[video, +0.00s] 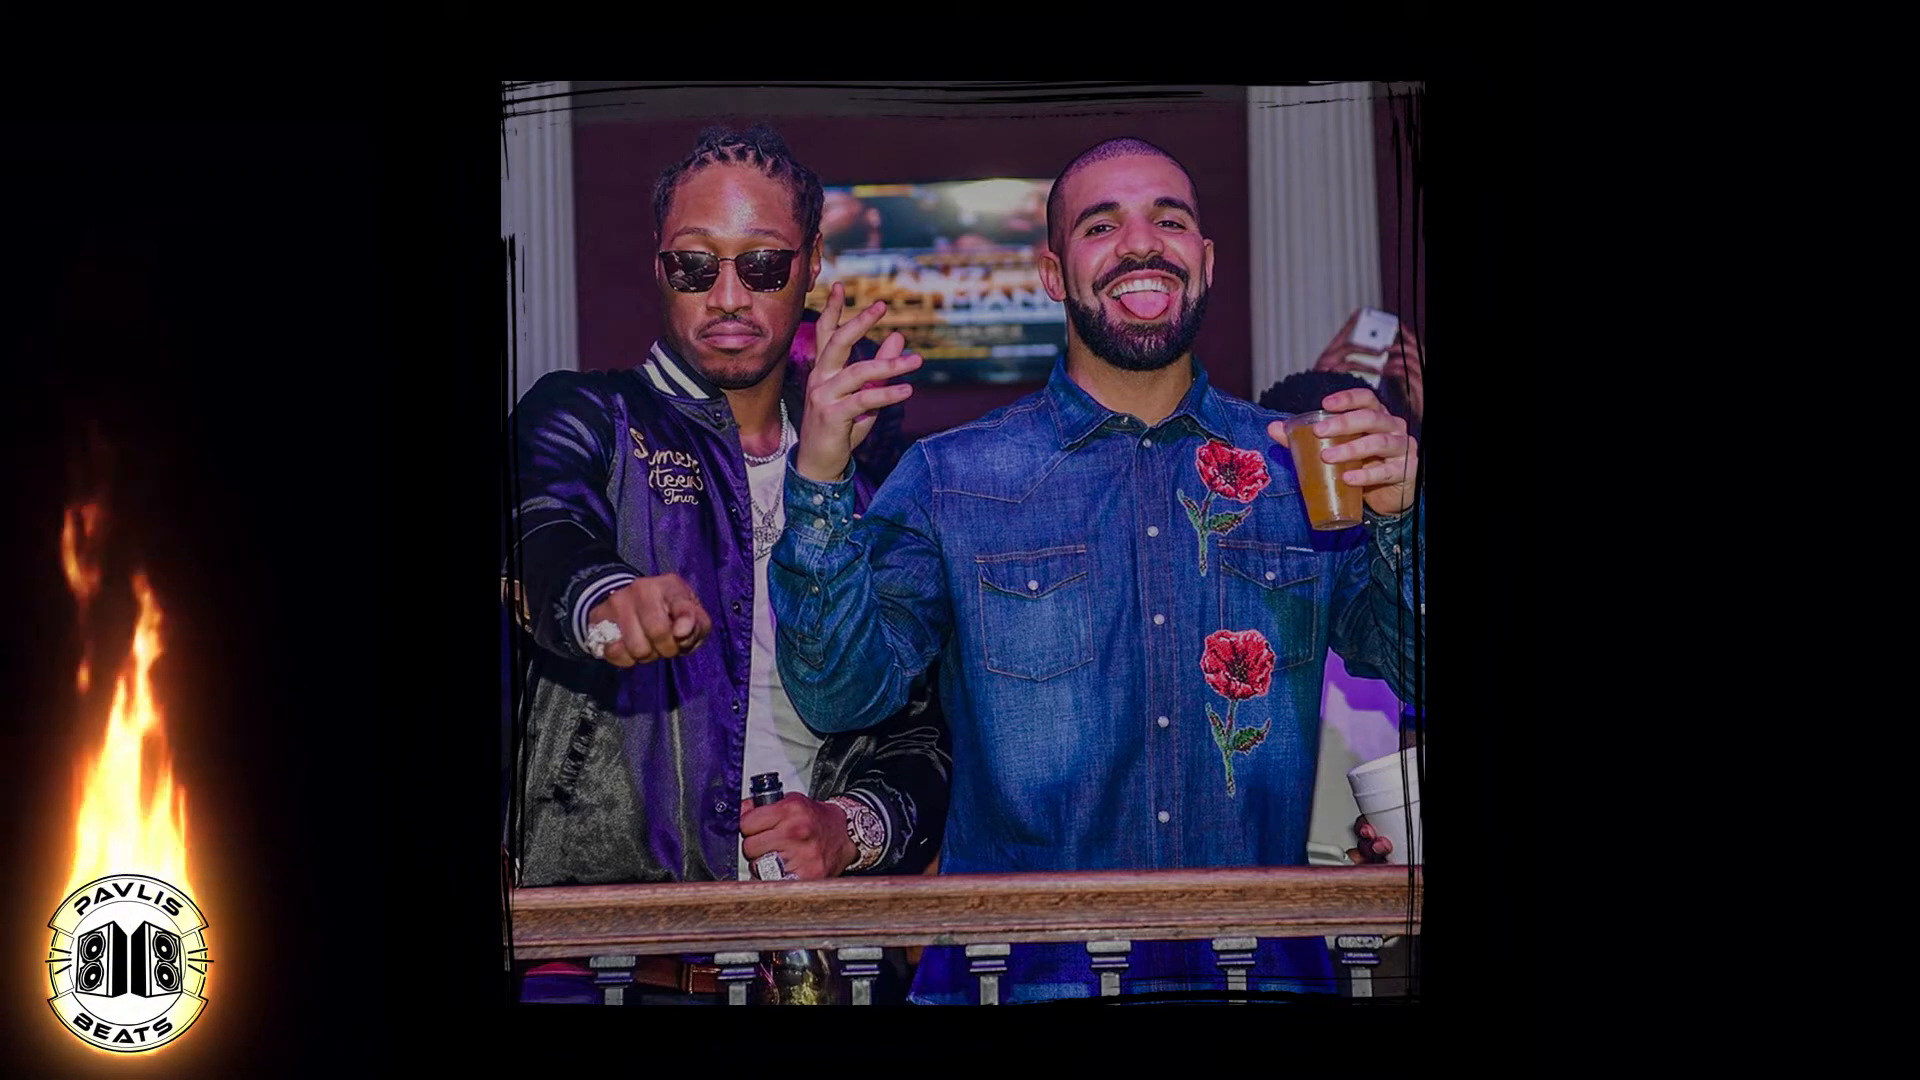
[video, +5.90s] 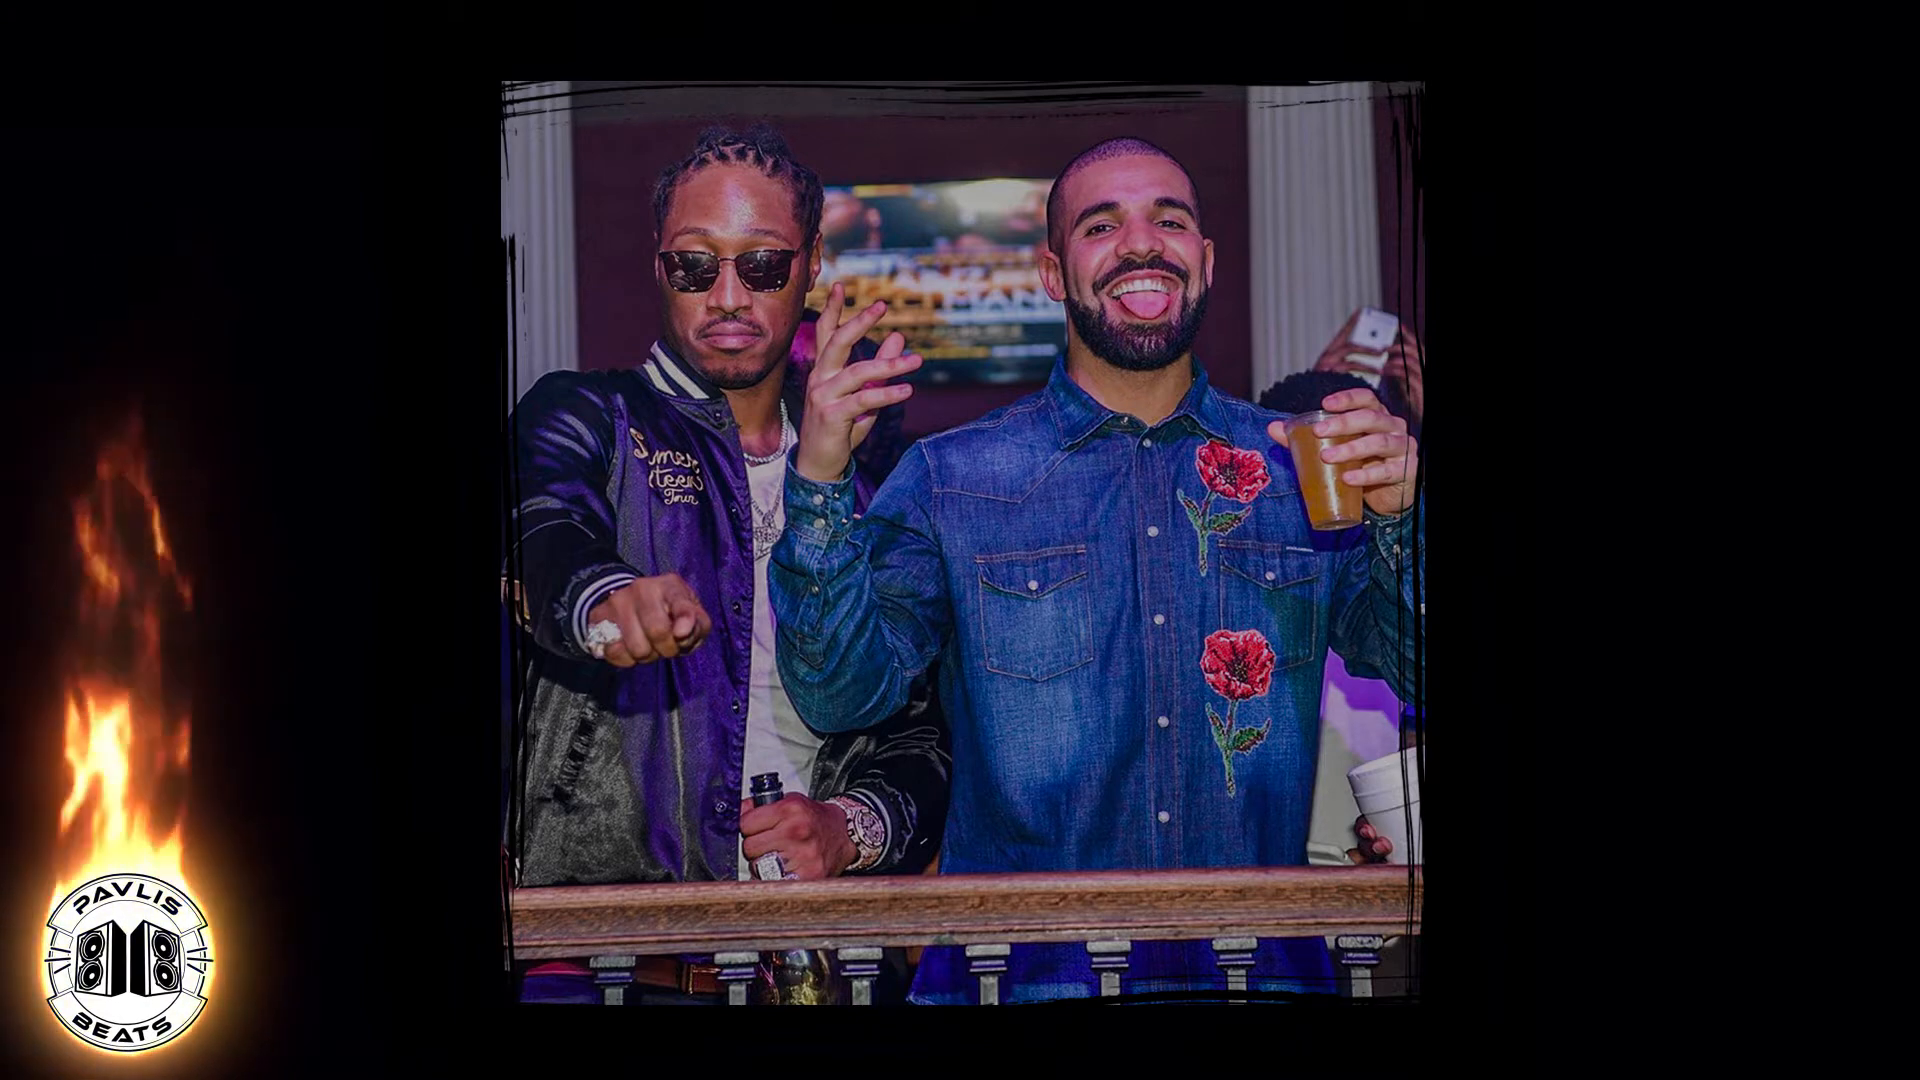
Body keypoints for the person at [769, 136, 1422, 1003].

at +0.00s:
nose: (1141, 243)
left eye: (1169, 219)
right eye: (1102, 225)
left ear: (1207, 258)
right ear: (1055, 272)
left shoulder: (1304, 469)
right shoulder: (945, 479)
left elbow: (1414, 674)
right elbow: (840, 692)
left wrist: (1402, 516)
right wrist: (819, 472)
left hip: (1255, 954)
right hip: (1021, 963)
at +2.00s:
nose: (1142, 242)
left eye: (1170, 219)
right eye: (1102, 225)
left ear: (1207, 259)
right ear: (1055, 273)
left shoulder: (1304, 469)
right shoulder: (945, 478)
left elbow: (1413, 673)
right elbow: (840, 692)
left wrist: (1402, 516)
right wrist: (818, 475)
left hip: (1255, 955)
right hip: (1022, 963)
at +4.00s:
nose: (1142, 242)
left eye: (1170, 219)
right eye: (1102, 225)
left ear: (1207, 259)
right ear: (1055, 273)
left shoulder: (1304, 469)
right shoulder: (945, 478)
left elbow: (1413, 673)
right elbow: (840, 692)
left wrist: (1402, 516)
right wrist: (818, 475)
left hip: (1255, 955)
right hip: (1022, 963)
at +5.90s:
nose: (1141, 242)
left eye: (1169, 219)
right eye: (1102, 224)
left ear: (1208, 259)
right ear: (1055, 272)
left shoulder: (1304, 469)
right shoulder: (945, 478)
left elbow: (1413, 672)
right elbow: (840, 692)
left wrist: (1402, 515)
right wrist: (818, 473)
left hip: (1255, 954)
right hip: (1020, 964)